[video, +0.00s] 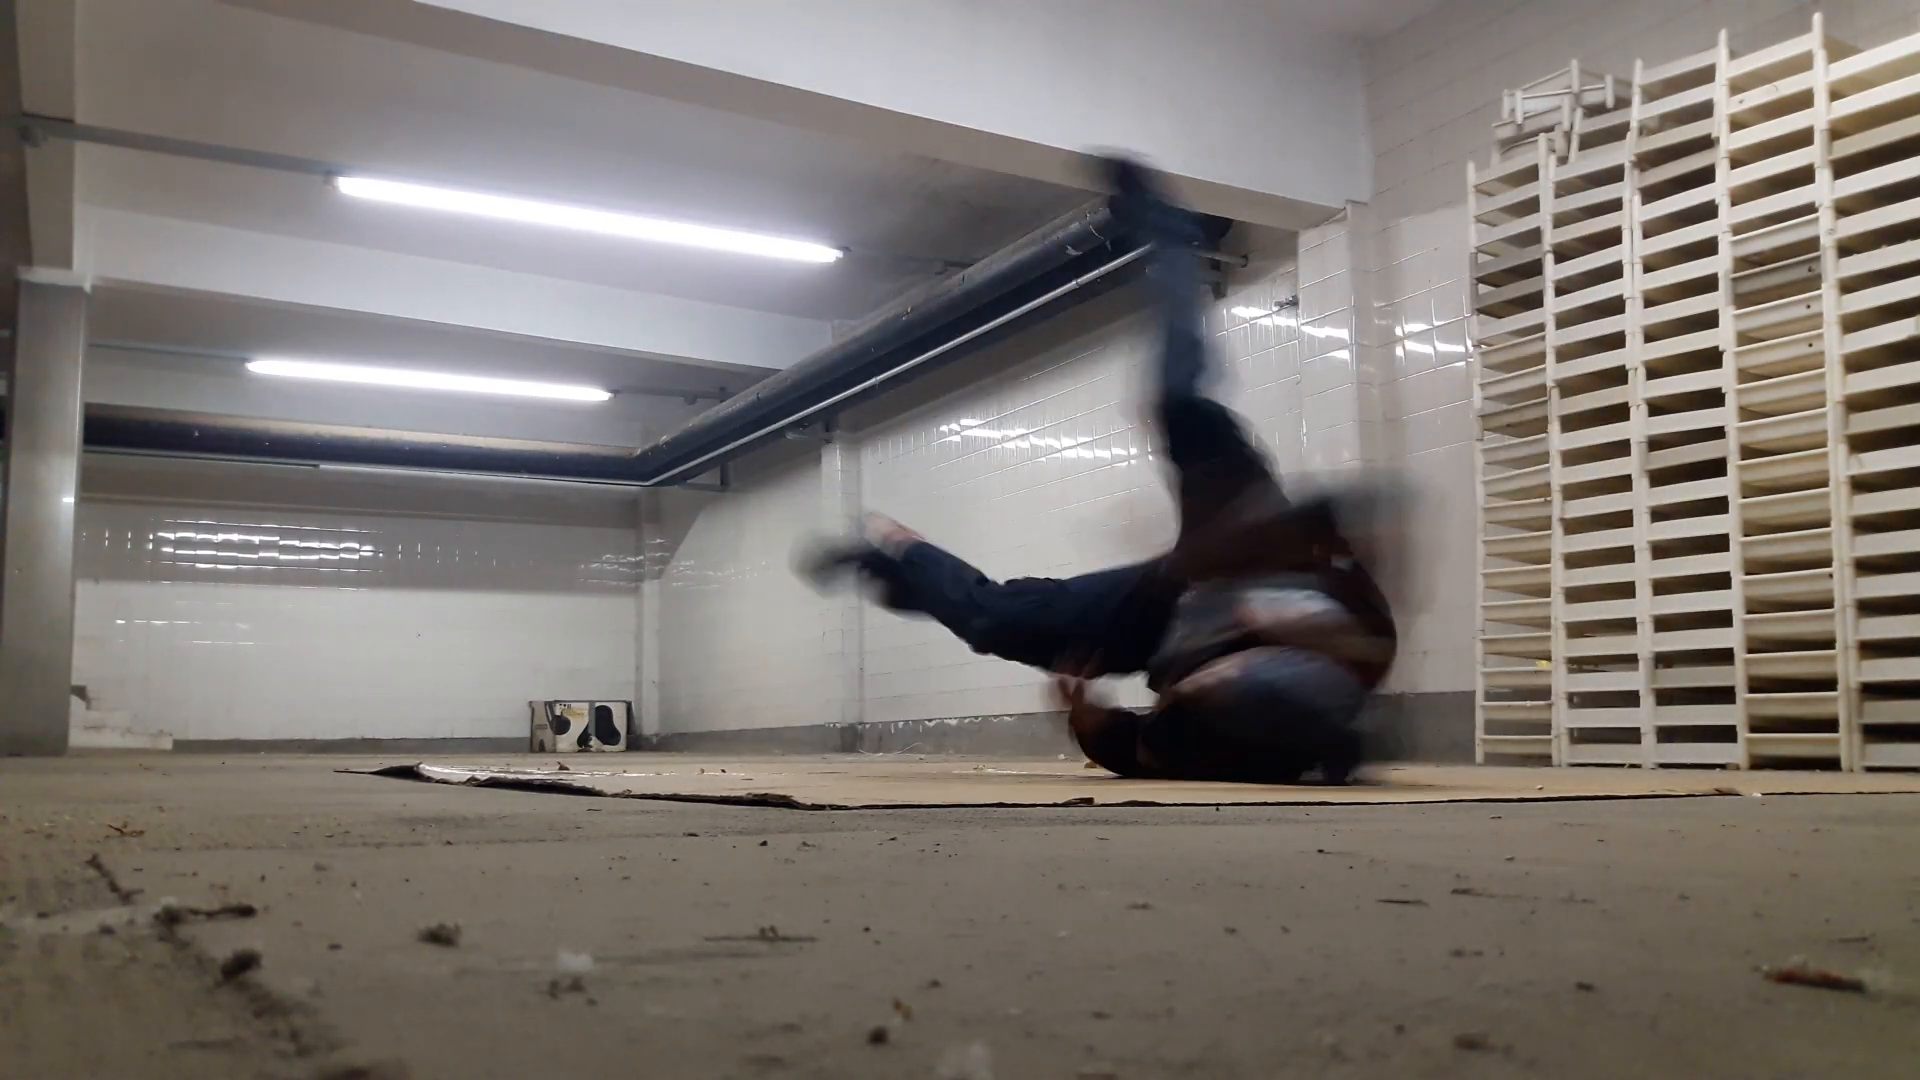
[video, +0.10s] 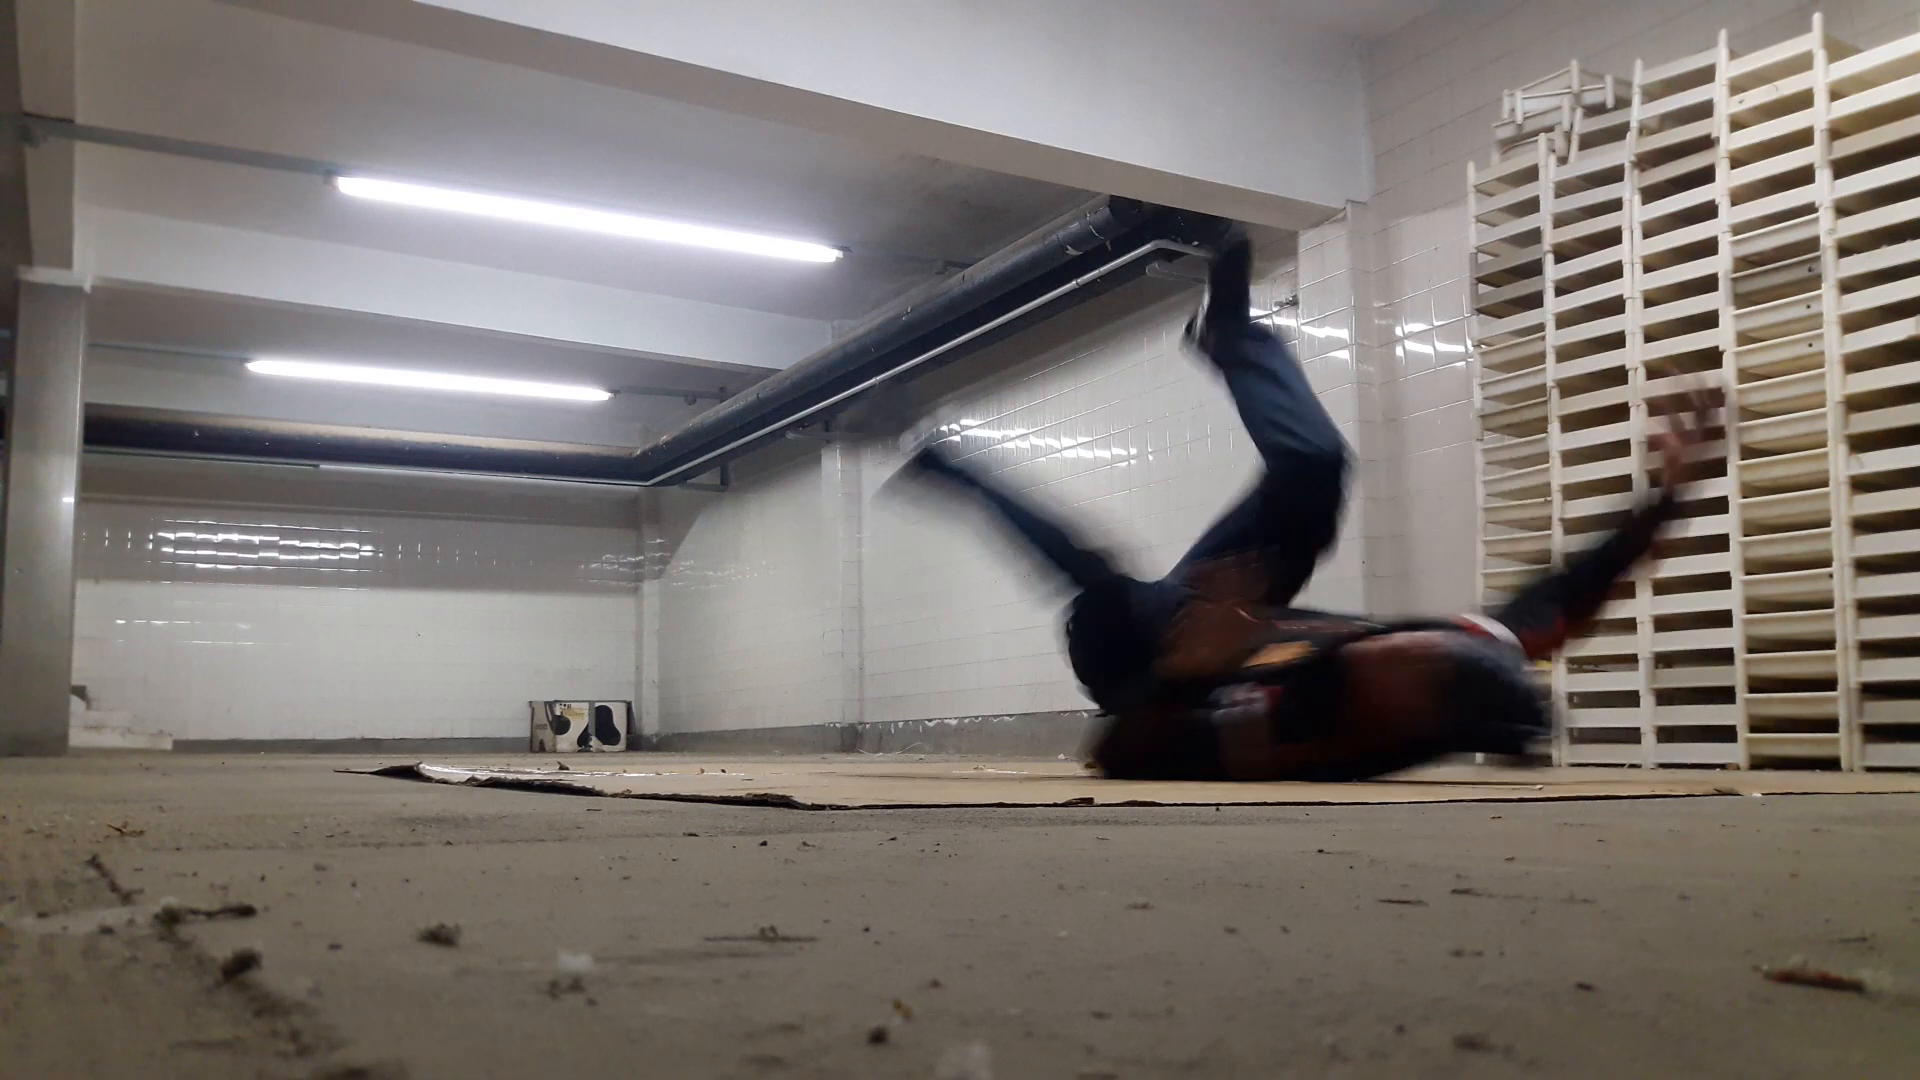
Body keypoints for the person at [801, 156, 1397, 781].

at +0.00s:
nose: (1220, 674)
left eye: (1222, 690)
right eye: (1242, 672)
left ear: (1223, 709)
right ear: (1275, 661)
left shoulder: (1208, 738)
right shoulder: (1351, 660)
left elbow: (1128, 751)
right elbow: (1367, 619)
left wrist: (1081, 717)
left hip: (1167, 614)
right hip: (1254, 557)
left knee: (998, 621)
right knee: (1182, 404)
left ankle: (893, 559)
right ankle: (1165, 224)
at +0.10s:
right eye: (1452, 651)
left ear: (1436, 719)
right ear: (1465, 658)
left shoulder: (1323, 730)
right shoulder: (1492, 649)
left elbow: (1130, 750)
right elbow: (1585, 585)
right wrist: (1666, 497)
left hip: (1170, 685)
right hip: (1254, 630)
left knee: (1094, 594)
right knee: (1314, 468)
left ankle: (954, 470)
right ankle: (1232, 326)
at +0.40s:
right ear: (1529, 762)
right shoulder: (1467, 723)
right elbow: (1373, 745)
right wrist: (1259, 751)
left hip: (1330, 421)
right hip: (1311, 475)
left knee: (1186, 519)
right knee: (1133, 604)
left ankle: (1087, 411)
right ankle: (994, 427)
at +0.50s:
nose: (1523, 702)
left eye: (1525, 726)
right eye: (1551, 702)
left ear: (1500, 739)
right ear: (1561, 675)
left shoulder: (1413, 715)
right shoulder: (1524, 613)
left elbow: (1365, 766)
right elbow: (1666, 645)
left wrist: (1452, 732)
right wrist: (1674, 690)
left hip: (1237, 478)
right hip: (1332, 440)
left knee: (1143, 627)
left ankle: (1151, 421)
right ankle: (1146, 412)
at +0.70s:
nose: (1500, 688)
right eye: (1492, 688)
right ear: (1476, 694)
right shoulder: (1466, 741)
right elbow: (1608, 752)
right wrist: (1563, 675)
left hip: (1295, 662)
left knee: (1265, 549)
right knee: (1529, 549)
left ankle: (1345, 445)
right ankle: (1367, 477)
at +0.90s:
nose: (1142, 691)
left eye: (1129, 695)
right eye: (1145, 717)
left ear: (1131, 678)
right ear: (1175, 742)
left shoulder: (1155, 641)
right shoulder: (1258, 734)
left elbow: (1074, 599)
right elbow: (1392, 729)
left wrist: (1127, 655)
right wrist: (1293, 755)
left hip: (1354, 526)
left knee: (1249, 398)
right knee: (1408, 573)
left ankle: (1500, 360)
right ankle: (1485, 386)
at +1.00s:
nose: (1108, 752)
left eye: (1094, 750)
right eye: (1103, 757)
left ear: (1080, 727)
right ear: (1104, 733)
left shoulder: (1107, 680)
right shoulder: (1139, 679)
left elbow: (1229, 710)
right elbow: (1243, 708)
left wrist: (1314, 756)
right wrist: (1313, 751)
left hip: (1292, 470)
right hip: (1334, 516)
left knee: (1425, 405)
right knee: (1496, 612)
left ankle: (1552, 364)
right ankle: (1597, 397)